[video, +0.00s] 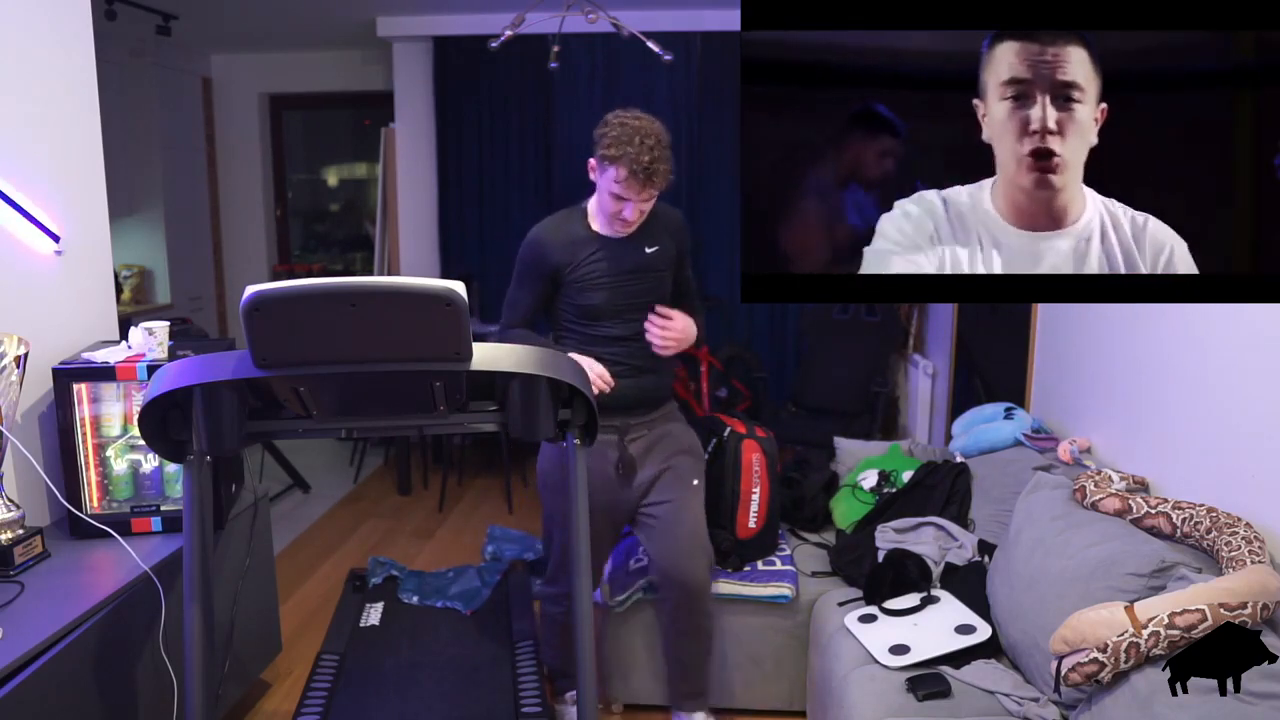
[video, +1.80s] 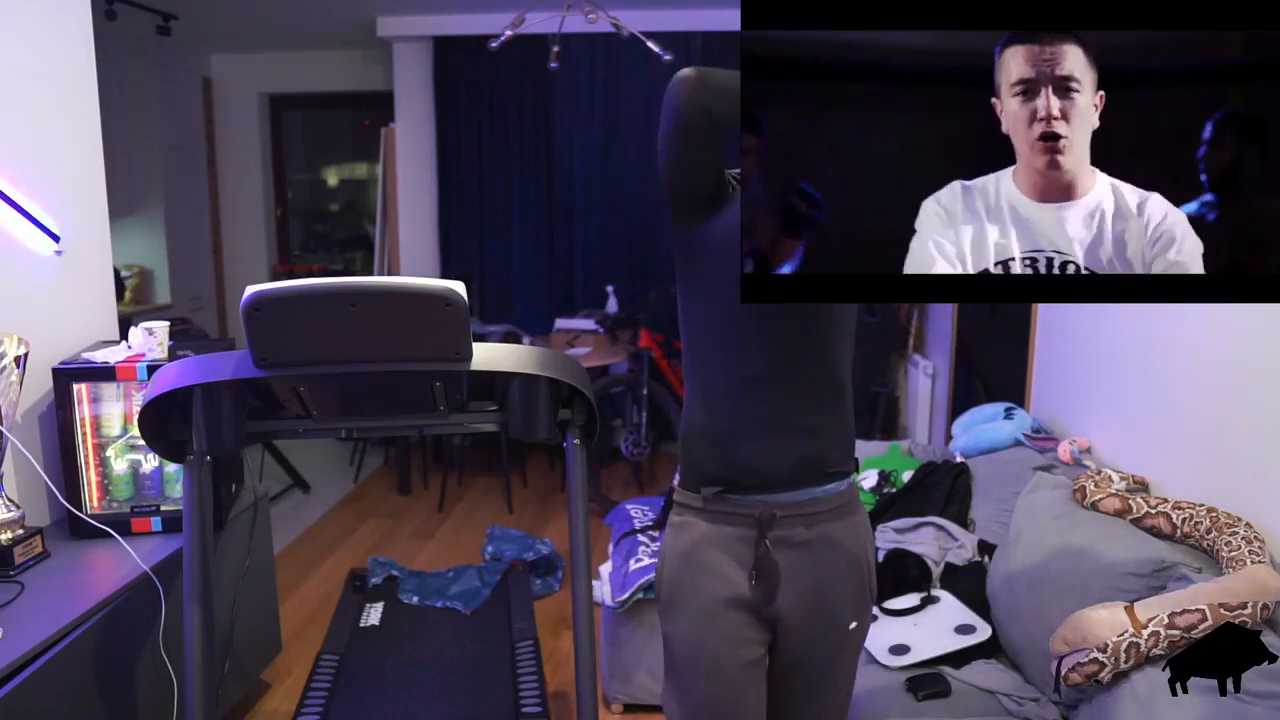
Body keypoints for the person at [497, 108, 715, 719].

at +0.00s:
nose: (631, 214)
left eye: (645, 202)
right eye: (619, 199)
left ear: (660, 184)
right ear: (594, 173)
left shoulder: (670, 229)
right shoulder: (550, 241)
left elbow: (690, 314)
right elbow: (511, 332)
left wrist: (691, 332)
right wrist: (562, 359)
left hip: (662, 430)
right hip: (579, 437)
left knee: (687, 574)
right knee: (569, 584)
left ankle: (690, 709)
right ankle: (567, 700)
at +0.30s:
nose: (710, 216)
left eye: (723, 204)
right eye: (700, 200)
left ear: (740, 188)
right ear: (672, 173)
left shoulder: (741, 236)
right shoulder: (618, 235)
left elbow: (782, 334)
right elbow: (574, 330)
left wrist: (752, 312)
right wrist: (629, 338)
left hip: (727, 441)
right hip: (639, 447)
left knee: (741, 607)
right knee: (636, 598)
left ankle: (743, 716)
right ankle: (576, 693)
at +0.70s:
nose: (745, 190)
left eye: (755, 178)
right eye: (739, 176)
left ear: (776, 173)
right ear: (721, 163)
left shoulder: (795, 229)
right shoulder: (670, 229)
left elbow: (845, 339)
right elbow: (635, 338)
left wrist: (812, 303)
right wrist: (713, 302)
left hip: (770, 451)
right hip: (680, 453)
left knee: (764, 617)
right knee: (690, 624)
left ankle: (749, 713)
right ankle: (686, 715)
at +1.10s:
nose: (748, 185)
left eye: (756, 173)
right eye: (739, 171)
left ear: (773, 179)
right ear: (708, 176)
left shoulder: (789, 225)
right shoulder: (664, 230)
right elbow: (663, 329)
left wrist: (787, 196)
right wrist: (727, 227)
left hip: (788, 476)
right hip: (691, 480)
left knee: (782, 668)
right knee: (700, 670)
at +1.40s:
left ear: (804, 137)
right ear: (740, 134)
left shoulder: (806, 207)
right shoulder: (681, 207)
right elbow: (621, 225)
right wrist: (724, 125)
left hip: (800, 493)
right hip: (693, 500)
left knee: (798, 703)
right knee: (697, 699)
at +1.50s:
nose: (774, 133)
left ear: (810, 132)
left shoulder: (820, 210)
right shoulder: (681, 212)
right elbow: (617, 164)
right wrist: (728, 114)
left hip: (803, 504)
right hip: (693, 508)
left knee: (792, 704)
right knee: (697, 702)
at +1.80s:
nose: (759, 152)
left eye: (780, 138)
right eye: (751, 139)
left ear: (820, 163)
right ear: (734, 152)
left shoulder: (845, 246)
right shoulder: (702, 223)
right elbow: (691, 89)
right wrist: (789, 93)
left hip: (828, 532)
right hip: (707, 532)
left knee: (814, 711)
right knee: (716, 709)